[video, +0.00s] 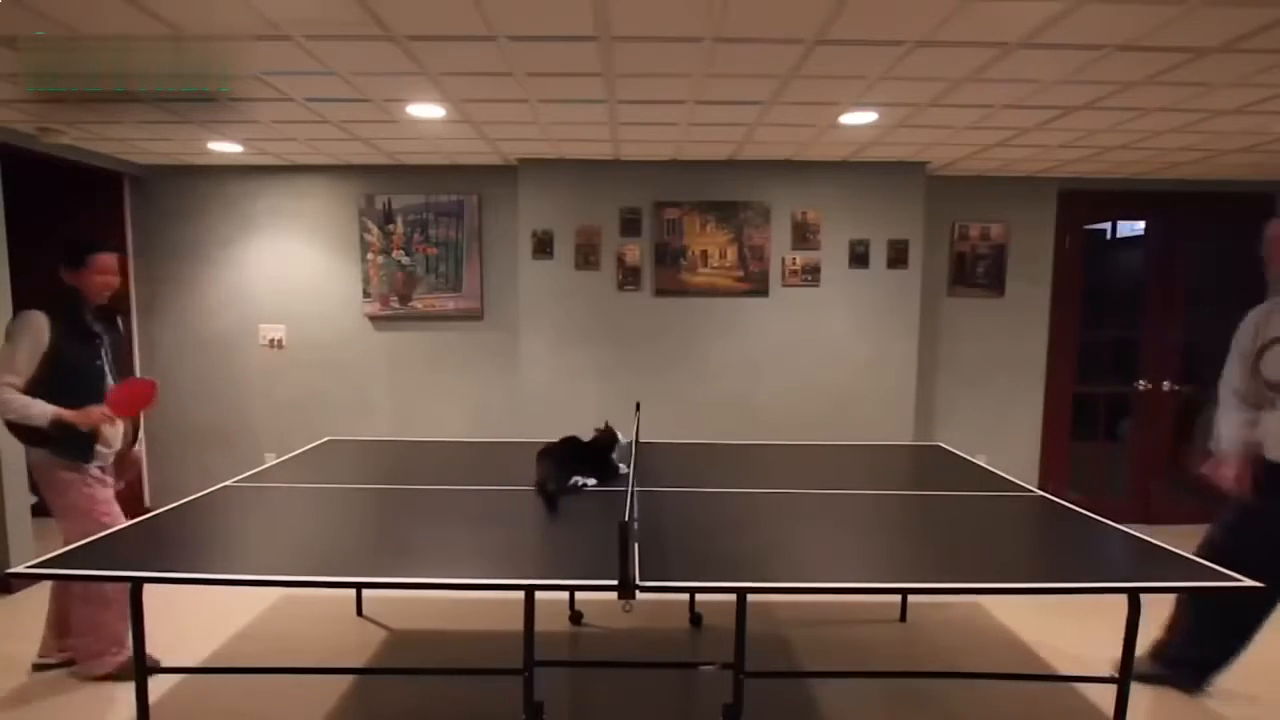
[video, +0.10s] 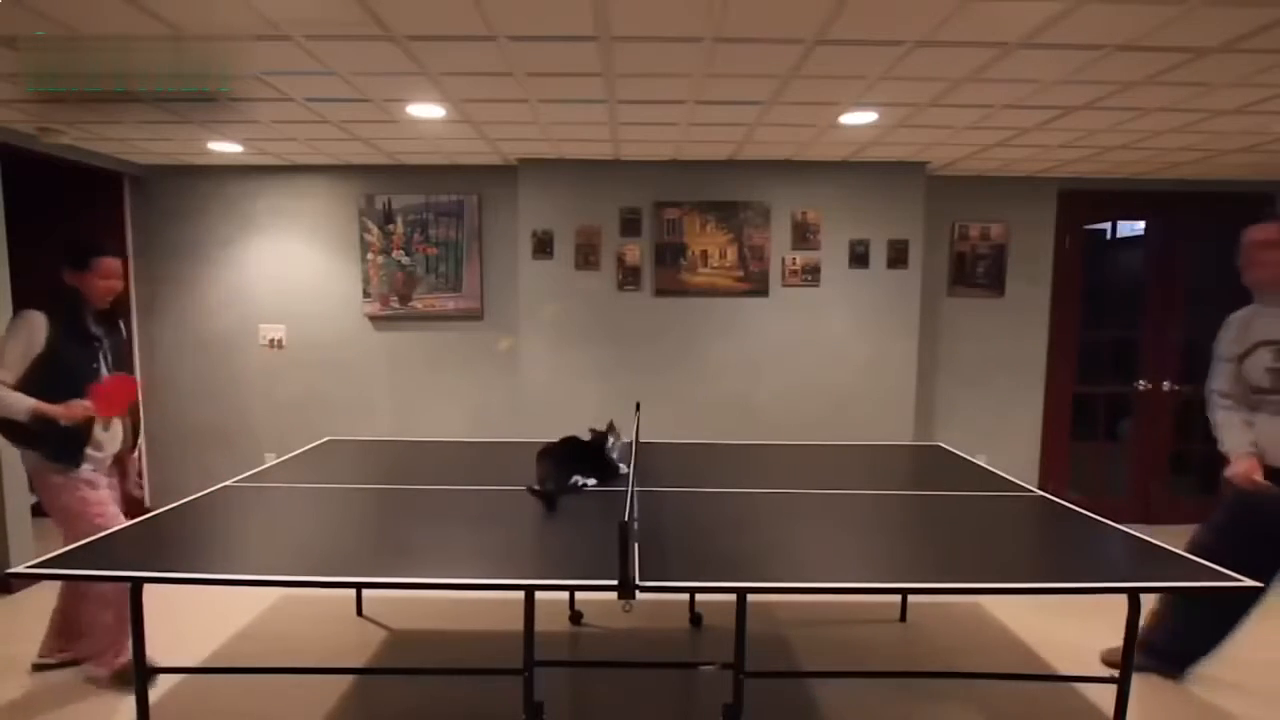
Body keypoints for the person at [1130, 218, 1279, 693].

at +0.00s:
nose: (1273, 260)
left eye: (1276, 249)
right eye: (1272, 250)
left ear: (1277, 256)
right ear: (1266, 256)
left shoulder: (1262, 323)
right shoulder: (1259, 323)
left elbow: (1235, 392)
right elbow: (1236, 391)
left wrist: (1235, 448)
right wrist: (1231, 450)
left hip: (1274, 473)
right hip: (1270, 470)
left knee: (1234, 561)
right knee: (1231, 563)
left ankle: (1185, 661)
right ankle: (1182, 661)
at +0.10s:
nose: (1258, 263)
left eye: (1267, 253)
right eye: (1252, 254)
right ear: (1242, 265)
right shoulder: (1241, 326)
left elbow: (1223, 396)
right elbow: (1223, 397)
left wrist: (1245, 453)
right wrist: (1241, 452)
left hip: (1273, 481)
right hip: (1261, 475)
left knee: (1220, 558)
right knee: (1216, 560)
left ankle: (1167, 650)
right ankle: (1164, 650)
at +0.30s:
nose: (1197, 263)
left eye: (1211, 253)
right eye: (1195, 253)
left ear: (1253, 260)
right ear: (1190, 259)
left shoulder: (1275, 316)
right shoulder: (1188, 323)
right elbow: (1164, 385)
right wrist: (1170, 436)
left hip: (1269, 473)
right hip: (1201, 467)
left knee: (1275, 582)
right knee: (1171, 560)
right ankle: (1158, 649)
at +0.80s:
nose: (1158, 277)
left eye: (1169, 265)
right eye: (1154, 268)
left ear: (1207, 267)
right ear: (1155, 276)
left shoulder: (1260, 322)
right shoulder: (1158, 335)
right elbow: (1142, 390)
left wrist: (1277, 501)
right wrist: (1112, 411)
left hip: (1247, 478)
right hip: (1176, 476)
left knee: (1260, 598)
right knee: (1136, 558)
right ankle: (1087, 635)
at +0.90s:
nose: (1109, 297)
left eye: (1119, 285)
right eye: (1105, 287)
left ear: (1156, 282)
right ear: (1107, 292)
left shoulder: (1210, 338)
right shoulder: (1117, 341)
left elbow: (1252, 418)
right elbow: (1083, 382)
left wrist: (1248, 499)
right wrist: (1054, 404)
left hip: (1202, 488)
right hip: (1138, 484)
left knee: (1238, 602)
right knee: (1091, 546)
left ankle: (1279, 687)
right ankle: (1076, 630)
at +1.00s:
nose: (1072, 295)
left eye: (1082, 285)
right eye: (1070, 286)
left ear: (1120, 287)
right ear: (1076, 292)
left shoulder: (1177, 342)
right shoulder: (1078, 343)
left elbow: (1215, 418)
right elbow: (1029, 369)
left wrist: (1209, 492)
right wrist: (988, 386)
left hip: (1175, 484)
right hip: (1114, 481)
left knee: (1218, 596)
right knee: (1068, 546)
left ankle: (1275, 694)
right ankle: (1072, 631)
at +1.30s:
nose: (1057, 274)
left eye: (1068, 265)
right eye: (1056, 266)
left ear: (1104, 269)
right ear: (1059, 274)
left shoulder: (1159, 322)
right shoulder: (1060, 333)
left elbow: (1204, 390)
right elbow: (1035, 394)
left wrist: (1218, 462)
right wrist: (1029, 404)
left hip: (1168, 463)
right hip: (1102, 462)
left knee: (1220, 576)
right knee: (1079, 546)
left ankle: (1276, 683)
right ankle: (1075, 630)